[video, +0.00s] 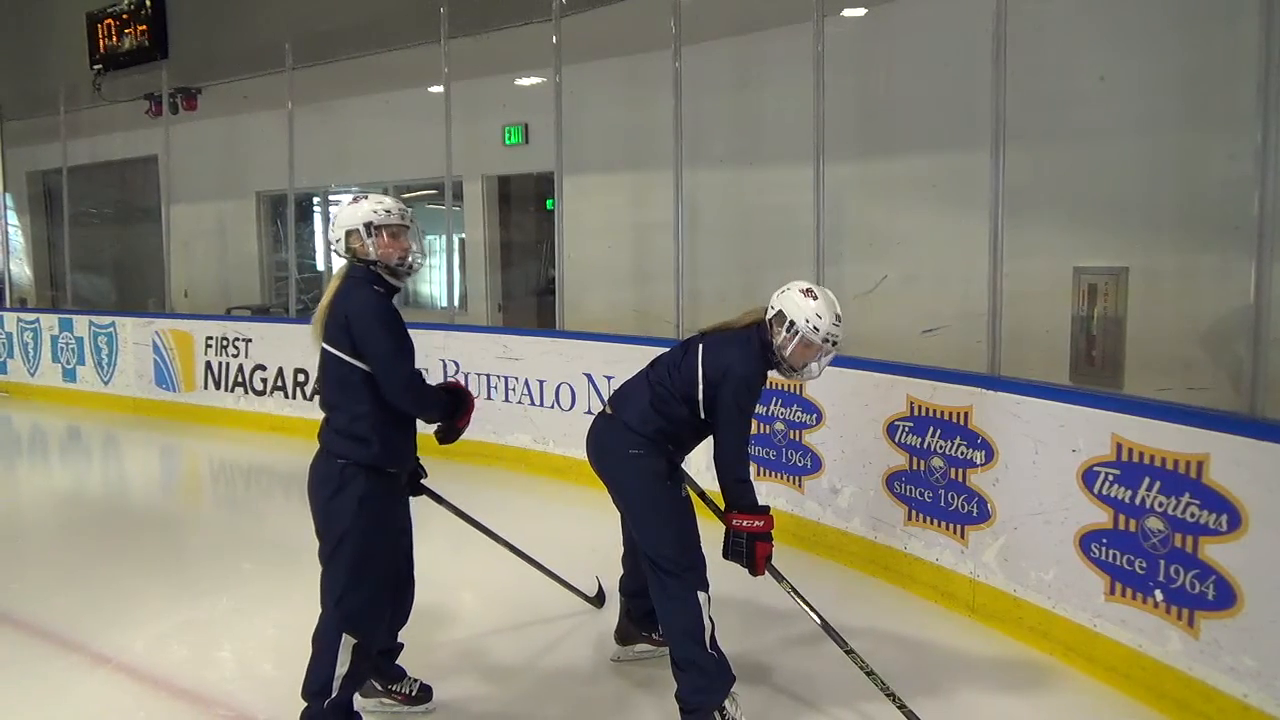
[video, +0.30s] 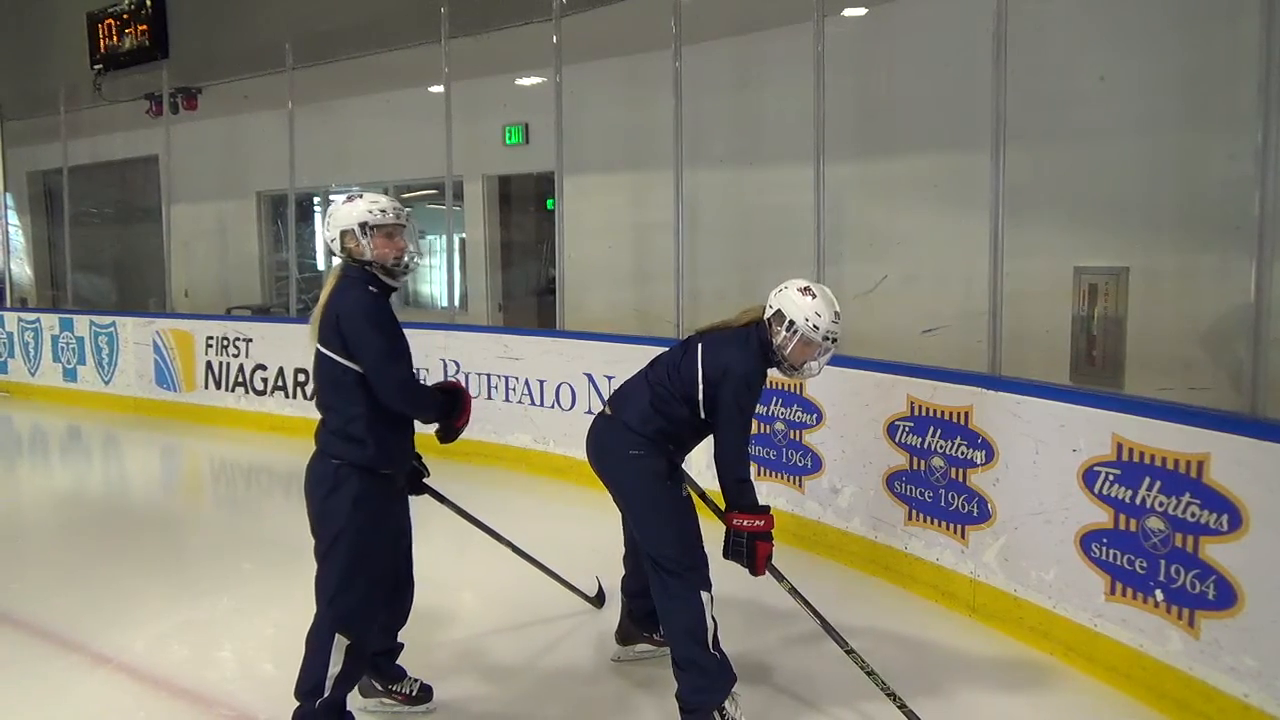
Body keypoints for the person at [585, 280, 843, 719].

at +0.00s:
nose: (809, 359)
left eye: (818, 351)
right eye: (805, 345)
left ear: (825, 348)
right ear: (780, 327)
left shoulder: (744, 345)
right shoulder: (743, 365)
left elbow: (730, 441)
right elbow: (731, 450)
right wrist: (749, 519)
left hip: (620, 436)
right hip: (635, 446)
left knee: (645, 535)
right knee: (680, 570)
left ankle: (637, 625)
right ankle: (705, 704)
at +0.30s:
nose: (807, 357)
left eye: (816, 349)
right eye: (803, 343)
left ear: (823, 347)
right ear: (779, 326)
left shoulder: (742, 343)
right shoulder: (743, 365)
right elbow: (731, 451)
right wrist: (749, 520)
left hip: (618, 437)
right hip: (636, 447)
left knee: (647, 536)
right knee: (682, 570)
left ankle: (638, 625)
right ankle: (706, 704)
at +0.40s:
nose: (804, 356)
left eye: (812, 348)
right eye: (800, 342)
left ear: (819, 345)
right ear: (775, 325)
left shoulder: (738, 340)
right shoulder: (741, 365)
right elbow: (731, 451)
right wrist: (751, 519)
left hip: (618, 440)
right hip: (638, 452)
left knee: (656, 540)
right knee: (691, 572)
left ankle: (641, 625)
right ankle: (697, 705)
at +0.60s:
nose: (795, 342)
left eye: (803, 332)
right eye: (788, 329)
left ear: (812, 324)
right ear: (761, 315)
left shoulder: (730, 327)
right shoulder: (731, 358)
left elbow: (676, 370)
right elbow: (735, 451)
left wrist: (692, 426)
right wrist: (760, 520)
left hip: (649, 446)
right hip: (633, 451)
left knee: (669, 542)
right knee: (689, 577)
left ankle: (642, 625)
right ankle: (684, 706)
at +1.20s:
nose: (745, 354)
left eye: (756, 342)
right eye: (733, 343)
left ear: (770, 331)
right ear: (712, 331)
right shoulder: (691, 370)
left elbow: (737, 374)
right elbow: (721, 461)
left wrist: (742, 401)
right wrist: (776, 514)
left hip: (677, 458)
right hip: (641, 462)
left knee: (679, 540)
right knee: (704, 579)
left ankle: (637, 616)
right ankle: (672, 708)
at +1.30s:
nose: (765, 340)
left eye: (775, 328)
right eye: (755, 327)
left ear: (788, 319)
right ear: (731, 314)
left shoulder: (724, 329)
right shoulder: (707, 359)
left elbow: (717, 433)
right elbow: (719, 448)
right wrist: (766, 504)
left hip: (659, 456)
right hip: (642, 462)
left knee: (678, 541)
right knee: (706, 579)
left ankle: (637, 623)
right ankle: (672, 708)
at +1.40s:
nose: (789, 329)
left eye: (795, 317)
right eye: (780, 317)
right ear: (749, 304)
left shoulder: (722, 317)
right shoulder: (719, 348)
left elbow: (722, 429)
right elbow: (723, 442)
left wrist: (746, 491)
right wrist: (759, 504)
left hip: (643, 451)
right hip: (640, 459)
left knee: (673, 539)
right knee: (700, 578)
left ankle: (643, 626)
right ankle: (676, 708)